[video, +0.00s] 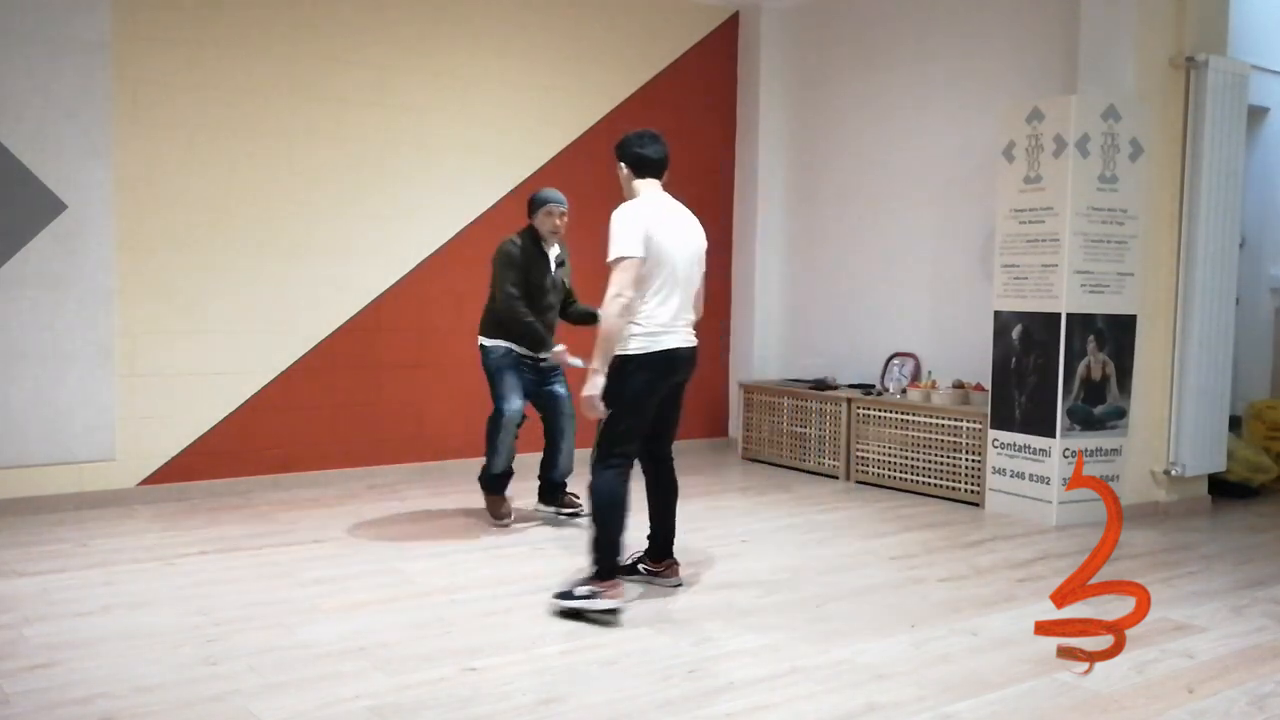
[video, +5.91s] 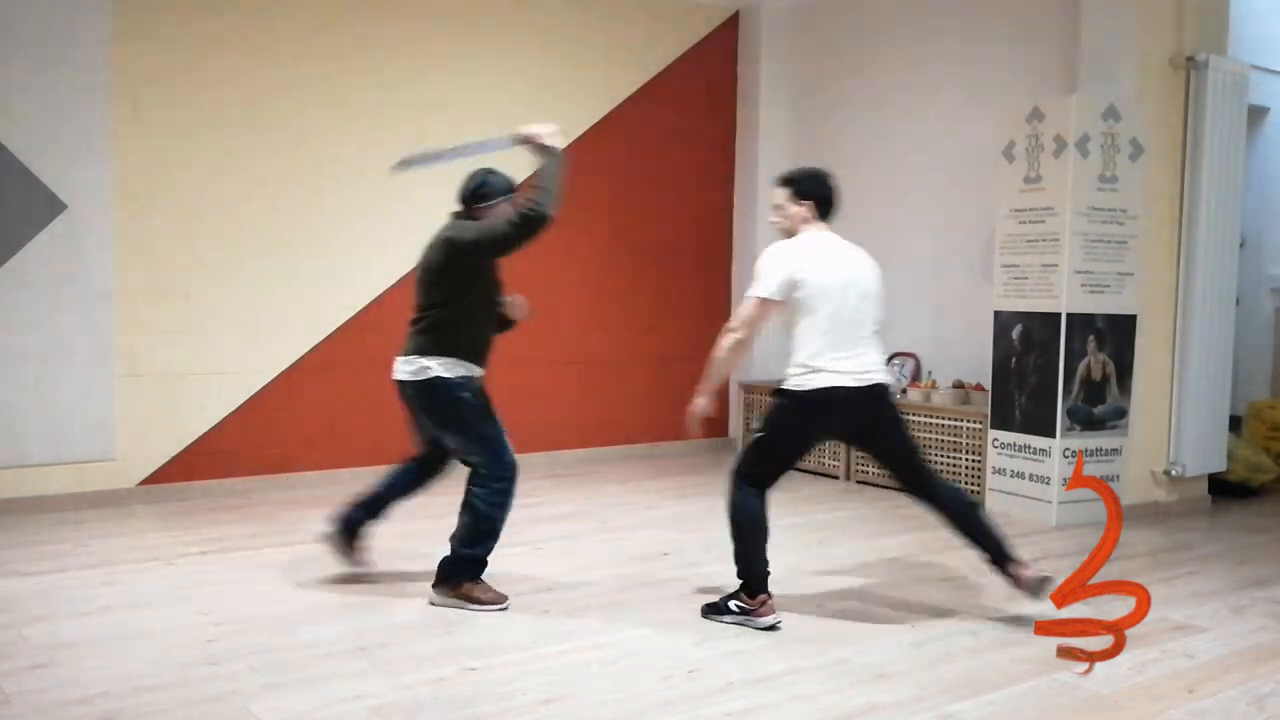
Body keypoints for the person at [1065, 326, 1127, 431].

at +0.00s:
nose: (1087, 346)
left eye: (1091, 342)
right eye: (1088, 342)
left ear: (1098, 345)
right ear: (1088, 345)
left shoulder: (1108, 364)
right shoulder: (1084, 364)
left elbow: (1113, 389)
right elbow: (1076, 390)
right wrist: (1070, 408)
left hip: (1103, 406)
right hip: (1086, 406)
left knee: (1121, 411)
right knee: (1071, 410)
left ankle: (1085, 425)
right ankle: (1101, 425)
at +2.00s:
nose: (1087, 345)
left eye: (1091, 342)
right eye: (1088, 342)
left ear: (1099, 344)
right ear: (1088, 345)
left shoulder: (1108, 364)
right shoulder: (1083, 365)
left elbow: (1114, 390)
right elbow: (1076, 391)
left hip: (1102, 406)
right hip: (1086, 406)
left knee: (1121, 411)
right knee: (1071, 410)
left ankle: (1086, 425)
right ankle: (1102, 425)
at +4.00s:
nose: (1088, 345)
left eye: (1091, 342)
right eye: (1088, 342)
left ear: (1098, 344)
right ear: (1087, 344)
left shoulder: (1108, 364)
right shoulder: (1084, 364)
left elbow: (1114, 390)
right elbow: (1076, 390)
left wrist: (1108, 406)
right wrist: (1070, 409)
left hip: (1103, 406)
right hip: (1086, 406)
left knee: (1121, 411)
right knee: (1071, 410)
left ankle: (1087, 424)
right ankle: (1100, 425)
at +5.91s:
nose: (1088, 345)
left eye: (1091, 342)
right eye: (1088, 342)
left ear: (1098, 344)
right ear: (1087, 345)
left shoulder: (1108, 364)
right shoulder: (1083, 365)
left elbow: (1114, 389)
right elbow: (1076, 391)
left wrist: (1117, 407)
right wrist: (1070, 410)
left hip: (1102, 406)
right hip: (1085, 405)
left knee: (1121, 411)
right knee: (1071, 410)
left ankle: (1086, 425)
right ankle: (1100, 425)